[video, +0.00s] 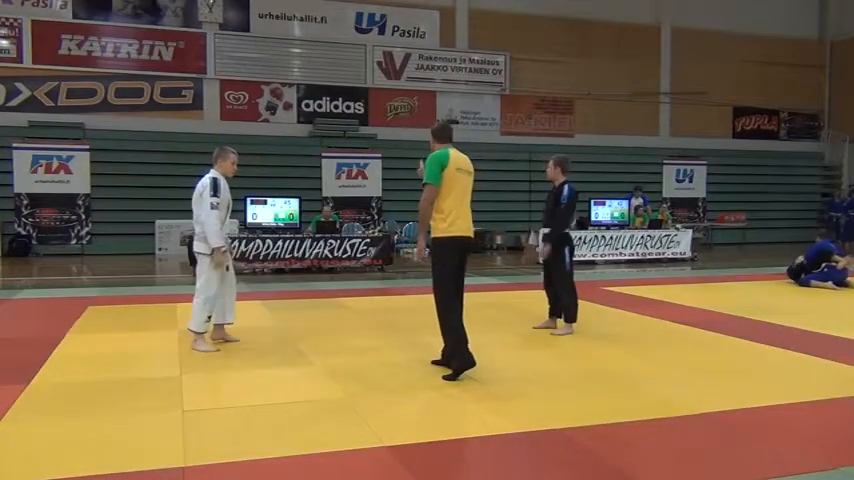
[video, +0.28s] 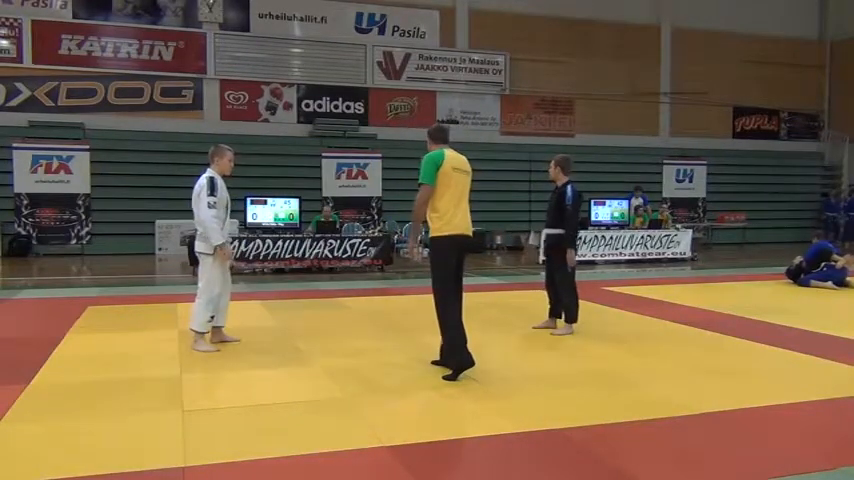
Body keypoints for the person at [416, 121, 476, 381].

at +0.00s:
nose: (430, 144)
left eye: (430, 140)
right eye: (433, 139)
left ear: (432, 140)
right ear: (452, 139)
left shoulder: (436, 158)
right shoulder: (466, 161)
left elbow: (428, 199)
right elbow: (456, 193)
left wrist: (421, 236)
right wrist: (428, 176)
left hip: (445, 237)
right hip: (463, 236)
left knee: (445, 299)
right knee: (453, 297)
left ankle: (462, 356)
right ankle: (451, 351)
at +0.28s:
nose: (427, 145)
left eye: (426, 141)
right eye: (430, 141)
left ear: (429, 141)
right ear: (448, 140)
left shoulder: (432, 158)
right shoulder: (463, 161)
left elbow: (423, 198)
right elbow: (460, 198)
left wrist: (412, 238)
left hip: (443, 237)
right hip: (462, 235)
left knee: (445, 298)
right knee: (453, 296)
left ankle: (460, 357)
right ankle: (449, 351)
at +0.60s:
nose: (423, 152)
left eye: (423, 148)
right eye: (424, 148)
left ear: (425, 146)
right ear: (443, 144)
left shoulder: (428, 158)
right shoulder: (460, 162)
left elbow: (421, 197)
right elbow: (459, 199)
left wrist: (412, 238)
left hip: (443, 235)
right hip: (463, 233)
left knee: (446, 298)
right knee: (453, 296)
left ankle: (461, 357)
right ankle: (449, 352)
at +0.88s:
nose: (417, 166)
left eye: (418, 163)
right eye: (418, 163)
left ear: (423, 159)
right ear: (437, 156)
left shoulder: (425, 165)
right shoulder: (456, 172)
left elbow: (422, 200)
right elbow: (457, 205)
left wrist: (421, 236)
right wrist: (435, 235)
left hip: (447, 233)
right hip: (466, 233)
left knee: (449, 300)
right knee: (452, 298)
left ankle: (459, 360)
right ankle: (451, 352)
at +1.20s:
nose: (415, 169)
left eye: (416, 165)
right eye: (416, 165)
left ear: (421, 160)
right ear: (435, 157)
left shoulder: (424, 166)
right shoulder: (453, 173)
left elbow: (426, 204)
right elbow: (458, 207)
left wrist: (429, 238)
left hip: (448, 234)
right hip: (467, 233)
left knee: (446, 298)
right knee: (452, 297)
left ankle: (452, 364)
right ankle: (451, 354)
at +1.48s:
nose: (416, 159)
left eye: (416, 155)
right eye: (417, 156)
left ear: (419, 152)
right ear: (436, 150)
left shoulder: (422, 167)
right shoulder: (460, 168)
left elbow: (421, 214)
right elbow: (475, 210)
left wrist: (423, 249)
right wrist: (477, 246)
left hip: (442, 243)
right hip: (466, 241)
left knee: (441, 307)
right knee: (454, 304)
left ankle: (451, 375)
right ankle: (450, 357)